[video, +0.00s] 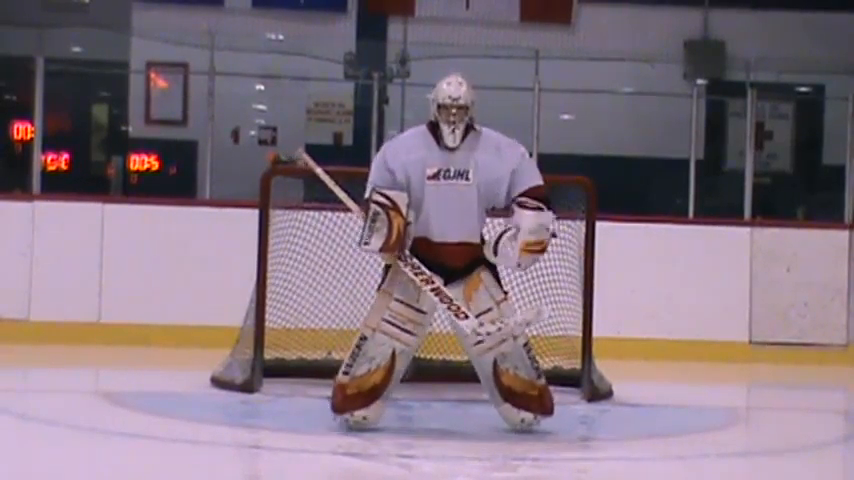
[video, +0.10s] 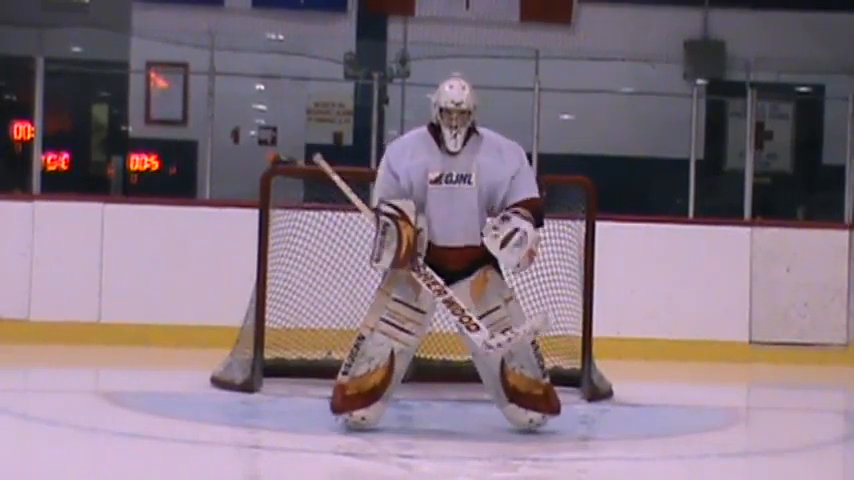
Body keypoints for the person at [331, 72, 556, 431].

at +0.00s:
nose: (452, 116)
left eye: (459, 109)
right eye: (446, 108)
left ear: (471, 110)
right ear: (433, 108)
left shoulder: (504, 152)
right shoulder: (401, 151)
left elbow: (532, 205)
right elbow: (384, 203)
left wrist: (522, 240)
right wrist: (380, 226)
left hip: (475, 268)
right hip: (414, 266)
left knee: (501, 340)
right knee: (385, 336)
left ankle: (524, 412)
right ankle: (358, 407)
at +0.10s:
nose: (454, 120)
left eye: (462, 114)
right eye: (448, 113)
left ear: (473, 113)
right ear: (435, 112)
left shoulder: (505, 154)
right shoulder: (404, 152)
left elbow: (528, 203)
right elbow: (388, 208)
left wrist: (515, 228)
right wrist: (399, 232)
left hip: (480, 268)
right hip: (418, 267)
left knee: (508, 337)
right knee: (387, 334)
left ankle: (527, 410)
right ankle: (361, 406)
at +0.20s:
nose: (459, 132)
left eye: (466, 125)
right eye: (452, 125)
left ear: (478, 124)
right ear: (438, 123)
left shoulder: (501, 162)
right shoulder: (409, 161)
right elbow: (400, 222)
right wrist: (421, 258)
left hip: (478, 267)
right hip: (421, 264)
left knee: (504, 332)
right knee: (394, 331)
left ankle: (529, 407)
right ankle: (366, 407)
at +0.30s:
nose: (465, 155)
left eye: (473, 147)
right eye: (458, 147)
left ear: (484, 146)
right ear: (444, 144)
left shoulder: (505, 183)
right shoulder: (414, 176)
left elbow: (501, 245)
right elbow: (406, 236)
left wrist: (474, 269)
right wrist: (442, 264)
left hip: (477, 269)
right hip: (421, 263)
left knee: (506, 334)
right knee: (394, 331)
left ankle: (534, 408)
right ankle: (365, 408)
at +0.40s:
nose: (469, 185)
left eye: (476, 177)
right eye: (463, 176)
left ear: (488, 174)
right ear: (449, 171)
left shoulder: (509, 205)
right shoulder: (417, 194)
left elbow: (500, 262)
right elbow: (407, 251)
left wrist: (478, 286)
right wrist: (433, 282)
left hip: (476, 277)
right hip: (422, 272)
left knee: (507, 339)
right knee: (398, 334)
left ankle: (535, 413)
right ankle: (367, 411)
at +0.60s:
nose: (476, 201)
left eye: (484, 195)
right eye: (470, 194)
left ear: (495, 194)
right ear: (455, 187)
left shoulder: (515, 218)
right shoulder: (422, 206)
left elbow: (501, 271)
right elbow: (405, 257)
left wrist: (478, 290)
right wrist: (425, 291)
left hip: (476, 279)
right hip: (423, 274)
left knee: (504, 337)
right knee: (402, 332)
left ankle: (535, 412)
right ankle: (368, 409)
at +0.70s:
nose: (476, 198)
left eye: (484, 192)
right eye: (469, 190)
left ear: (495, 190)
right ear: (456, 185)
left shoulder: (515, 217)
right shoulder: (423, 206)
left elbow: (502, 270)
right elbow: (407, 254)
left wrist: (477, 291)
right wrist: (432, 287)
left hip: (475, 278)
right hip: (422, 272)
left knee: (506, 338)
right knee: (400, 333)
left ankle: (536, 413)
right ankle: (367, 410)